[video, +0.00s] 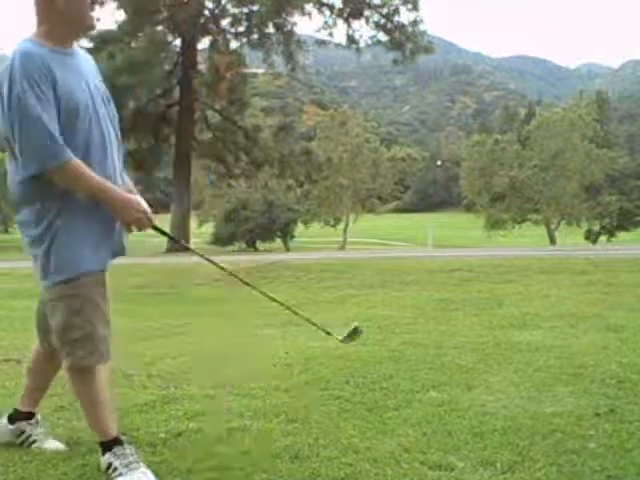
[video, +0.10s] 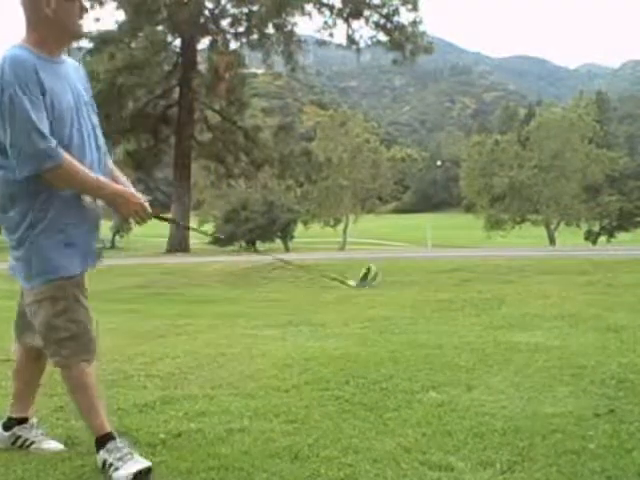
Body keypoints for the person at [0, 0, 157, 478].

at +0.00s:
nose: (96, 5)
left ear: (64, 8)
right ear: (53, 4)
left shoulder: (82, 59)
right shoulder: (25, 62)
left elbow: (102, 143)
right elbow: (49, 157)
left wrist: (129, 196)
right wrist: (116, 197)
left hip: (91, 224)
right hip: (61, 229)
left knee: (59, 330)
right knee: (84, 337)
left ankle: (20, 421)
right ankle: (114, 449)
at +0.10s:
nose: (85, 8)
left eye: (83, 1)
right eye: (76, 1)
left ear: (58, 9)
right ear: (45, 7)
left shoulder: (73, 69)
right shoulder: (15, 66)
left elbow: (92, 146)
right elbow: (44, 159)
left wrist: (124, 190)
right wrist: (113, 193)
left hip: (71, 231)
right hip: (40, 236)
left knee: (36, 331)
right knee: (72, 337)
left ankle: (16, 423)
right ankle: (108, 443)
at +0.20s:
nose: (75, 15)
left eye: (73, 7)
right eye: (65, 6)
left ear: (41, 15)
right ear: (32, 11)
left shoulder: (65, 74)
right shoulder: (8, 69)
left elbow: (89, 150)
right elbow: (38, 154)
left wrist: (122, 185)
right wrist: (112, 181)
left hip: (55, 231)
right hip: (23, 232)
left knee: (25, 333)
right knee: (61, 332)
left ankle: (12, 423)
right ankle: (95, 436)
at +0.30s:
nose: (62, 10)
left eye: (59, 3)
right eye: (52, 3)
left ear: (35, 14)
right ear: (19, 9)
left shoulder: (58, 71)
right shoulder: (4, 66)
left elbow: (80, 140)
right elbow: (25, 143)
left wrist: (108, 168)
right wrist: (105, 164)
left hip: (49, 225)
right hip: (11, 224)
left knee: (20, 328)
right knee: (41, 317)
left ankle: (12, 422)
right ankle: (61, 429)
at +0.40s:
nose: (51, 10)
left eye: (48, 3)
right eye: (40, 3)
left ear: (26, 13)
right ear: (11, 10)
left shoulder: (47, 71)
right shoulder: (1, 70)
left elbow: (70, 132)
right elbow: (12, 137)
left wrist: (97, 155)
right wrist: (93, 148)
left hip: (42, 225)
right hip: (6, 224)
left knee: (29, 324)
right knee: (20, 319)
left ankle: (17, 419)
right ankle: (7, 424)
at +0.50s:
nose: (38, 11)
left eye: (35, 4)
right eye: (28, 4)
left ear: (21, 14)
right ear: (4, 12)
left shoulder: (38, 75)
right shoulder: (2, 75)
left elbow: (57, 142)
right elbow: (9, 136)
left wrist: (91, 146)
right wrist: (82, 138)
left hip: (34, 227)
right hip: (3, 229)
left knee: (23, 334)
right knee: (9, 335)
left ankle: (15, 421)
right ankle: (11, 421)